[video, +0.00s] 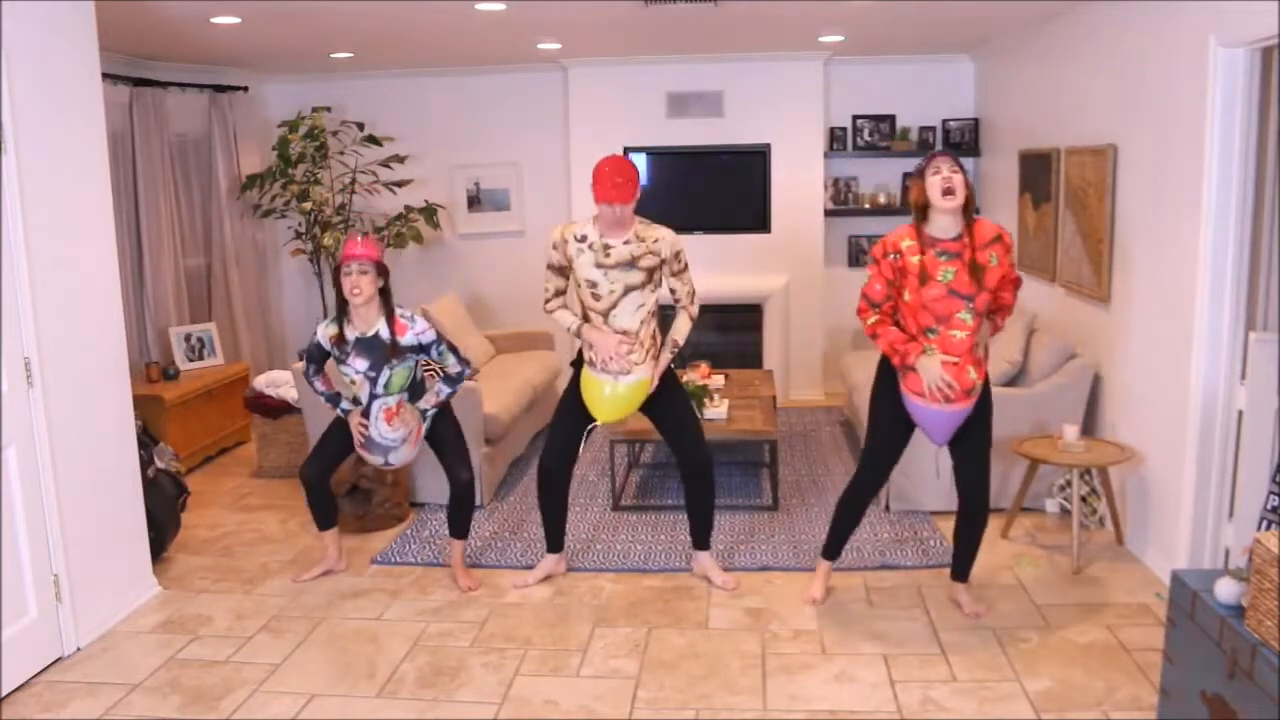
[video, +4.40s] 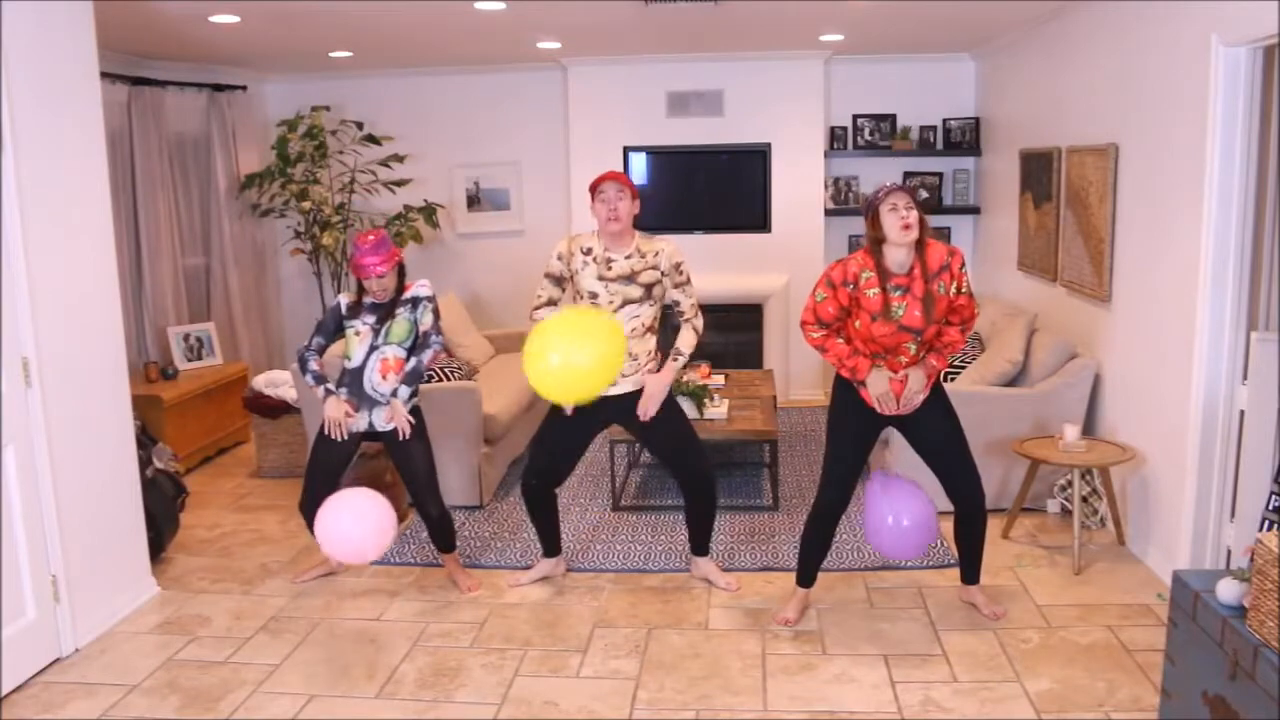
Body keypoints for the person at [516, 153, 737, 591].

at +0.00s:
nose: (616, 212)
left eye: (624, 203)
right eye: (608, 203)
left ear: (636, 197)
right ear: (594, 197)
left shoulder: (662, 242)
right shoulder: (566, 240)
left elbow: (688, 305)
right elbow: (553, 303)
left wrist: (664, 357)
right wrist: (590, 333)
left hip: (650, 366)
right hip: (591, 367)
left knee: (696, 455)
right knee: (553, 461)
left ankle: (702, 553)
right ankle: (554, 555)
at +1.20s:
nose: (607, 223)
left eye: (617, 221)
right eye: (600, 220)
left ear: (633, 243)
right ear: (588, 239)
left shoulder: (653, 290)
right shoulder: (562, 291)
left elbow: (675, 355)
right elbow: (553, 354)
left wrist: (659, 416)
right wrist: (590, 394)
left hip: (650, 399)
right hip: (588, 401)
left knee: (718, 466)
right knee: (525, 472)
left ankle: (704, 555)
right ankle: (551, 556)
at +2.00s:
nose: (609, 281)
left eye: (616, 273)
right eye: (601, 274)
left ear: (630, 254)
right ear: (586, 256)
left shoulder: (655, 270)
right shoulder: (566, 274)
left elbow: (684, 332)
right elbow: (552, 336)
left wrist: (652, 385)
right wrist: (591, 386)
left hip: (652, 387)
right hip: (592, 389)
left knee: (714, 464)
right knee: (534, 467)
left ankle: (704, 555)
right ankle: (552, 556)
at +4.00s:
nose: (609, 234)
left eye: (618, 224)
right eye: (602, 225)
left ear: (635, 216)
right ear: (592, 221)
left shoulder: (663, 257)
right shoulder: (572, 253)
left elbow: (696, 324)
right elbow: (540, 319)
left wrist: (657, 377)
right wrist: (573, 374)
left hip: (648, 393)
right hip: (587, 393)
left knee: (706, 476)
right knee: (532, 484)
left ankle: (701, 558)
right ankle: (552, 558)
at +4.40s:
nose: (611, 205)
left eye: (620, 198)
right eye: (603, 199)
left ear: (635, 207)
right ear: (592, 208)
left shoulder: (661, 254)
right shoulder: (570, 252)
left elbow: (691, 319)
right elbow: (541, 313)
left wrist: (666, 376)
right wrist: (561, 374)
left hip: (644, 389)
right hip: (583, 392)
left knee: (698, 473)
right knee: (536, 480)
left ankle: (701, 558)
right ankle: (551, 558)